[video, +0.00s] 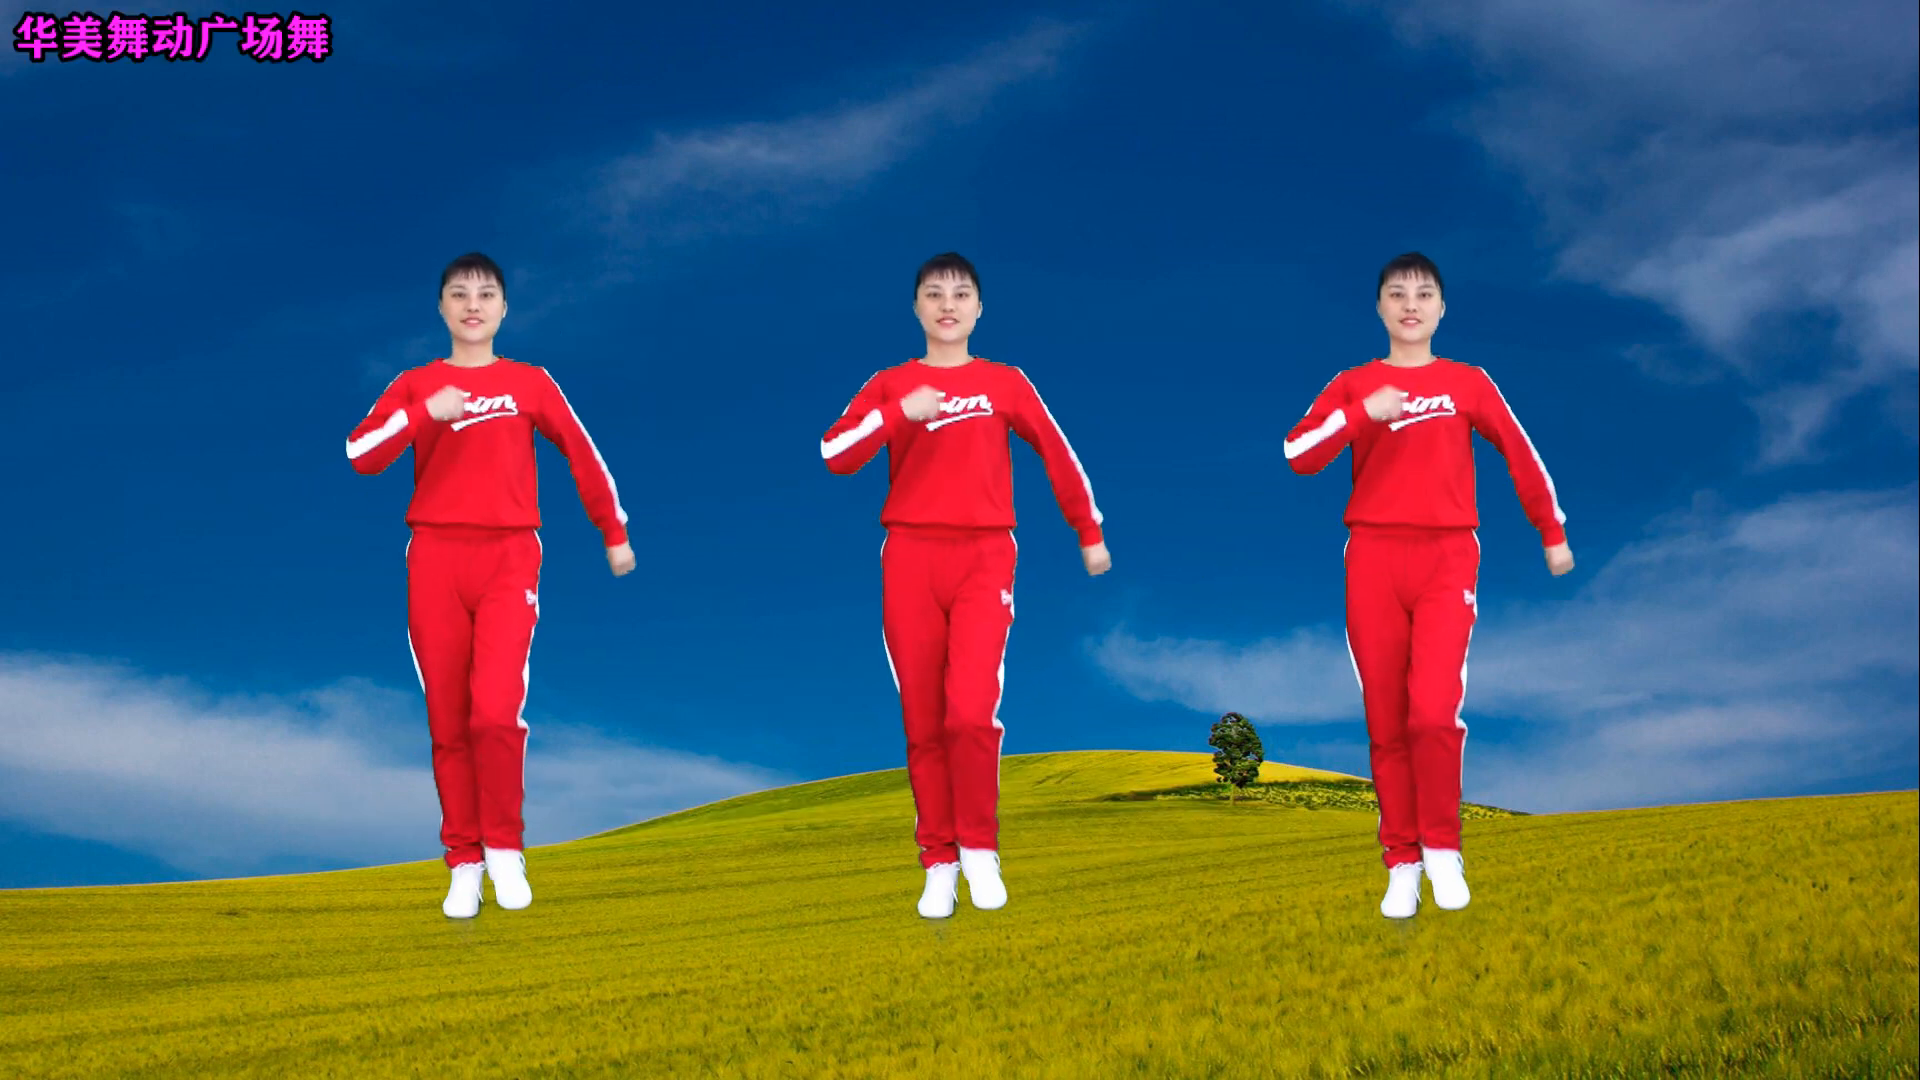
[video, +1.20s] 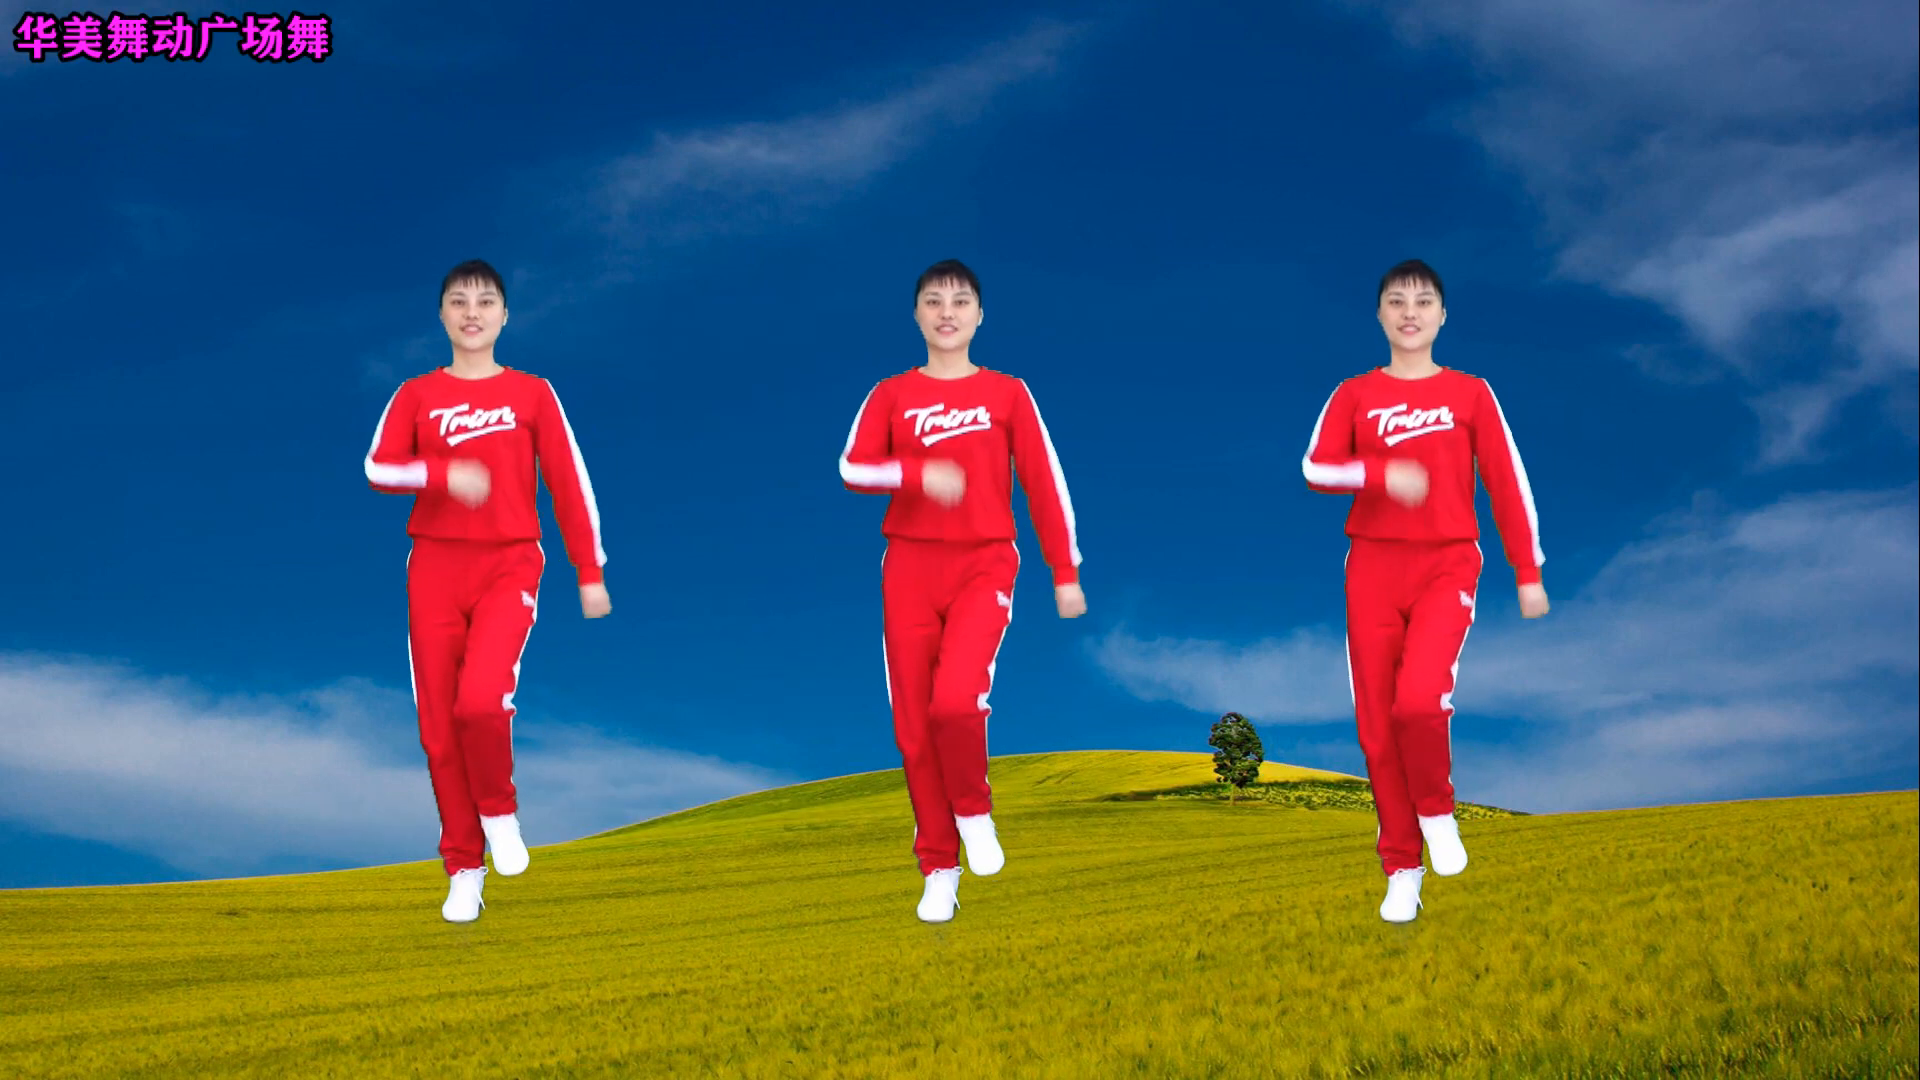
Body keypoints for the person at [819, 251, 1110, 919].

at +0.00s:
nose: (949, 305)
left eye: (961, 295)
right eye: (936, 295)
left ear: (978, 307)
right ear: (918, 308)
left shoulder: (1007, 382)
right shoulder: (888, 384)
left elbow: (1059, 454)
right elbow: (835, 454)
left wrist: (1090, 534)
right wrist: (897, 414)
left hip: (985, 560)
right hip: (910, 560)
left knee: (971, 714)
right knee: (923, 720)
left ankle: (979, 850)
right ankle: (937, 859)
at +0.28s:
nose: (954, 314)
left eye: (967, 304)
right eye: (941, 304)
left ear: (985, 315)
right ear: (925, 316)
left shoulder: (1015, 388)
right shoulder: (899, 394)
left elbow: (1064, 472)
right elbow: (884, 478)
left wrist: (1108, 547)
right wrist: (919, 505)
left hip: (1002, 571)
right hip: (926, 574)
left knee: (994, 724)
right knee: (936, 721)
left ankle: (984, 867)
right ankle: (943, 855)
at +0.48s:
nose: (959, 324)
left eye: (971, 312)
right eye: (946, 314)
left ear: (989, 322)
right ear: (930, 326)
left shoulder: (1021, 401)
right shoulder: (905, 407)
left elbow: (1042, 485)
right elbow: (881, 500)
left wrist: (1012, 540)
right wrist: (863, 589)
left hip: (1011, 573)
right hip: (936, 574)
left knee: (1009, 722)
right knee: (965, 699)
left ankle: (986, 866)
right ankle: (952, 804)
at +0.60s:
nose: (959, 305)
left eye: (970, 294)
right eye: (946, 295)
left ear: (989, 303)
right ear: (929, 308)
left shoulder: (1021, 380)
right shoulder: (905, 387)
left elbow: (1061, 465)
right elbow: (854, 463)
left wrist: (1006, 442)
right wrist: (815, 544)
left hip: (1009, 556)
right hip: (933, 556)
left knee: (1002, 712)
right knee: (960, 705)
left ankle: (989, 861)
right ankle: (950, 825)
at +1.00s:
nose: (953, 318)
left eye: (964, 307)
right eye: (940, 309)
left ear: (983, 318)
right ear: (923, 322)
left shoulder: (1010, 394)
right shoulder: (895, 401)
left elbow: (1016, 475)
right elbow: (863, 488)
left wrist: (975, 522)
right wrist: (832, 570)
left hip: (986, 576)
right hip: (911, 576)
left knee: (974, 722)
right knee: (921, 728)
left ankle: (979, 849)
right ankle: (937, 867)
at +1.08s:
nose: (949, 326)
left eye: (962, 316)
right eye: (936, 317)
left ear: (979, 328)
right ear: (921, 330)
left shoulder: (1009, 405)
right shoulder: (893, 410)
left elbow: (1015, 494)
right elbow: (879, 497)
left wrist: (1009, 578)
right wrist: (886, 576)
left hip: (982, 581)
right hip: (909, 582)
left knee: (958, 719)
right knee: (909, 733)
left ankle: (976, 816)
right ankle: (937, 866)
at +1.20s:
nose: (947, 312)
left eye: (959, 302)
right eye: (935, 302)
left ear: (978, 314)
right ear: (918, 315)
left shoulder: (1009, 392)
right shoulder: (890, 394)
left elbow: (1045, 482)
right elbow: (853, 469)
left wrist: (1065, 572)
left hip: (985, 567)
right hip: (909, 567)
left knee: (954, 705)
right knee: (912, 724)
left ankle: (972, 809)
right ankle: (938, 863)